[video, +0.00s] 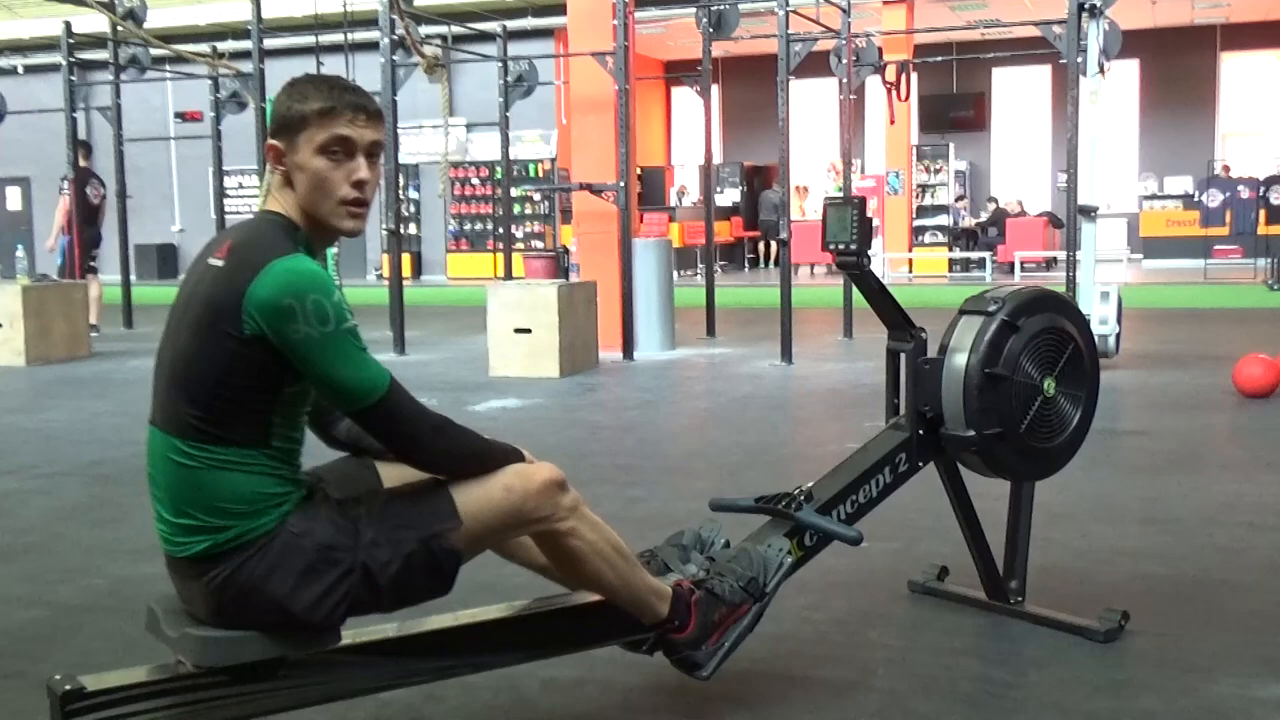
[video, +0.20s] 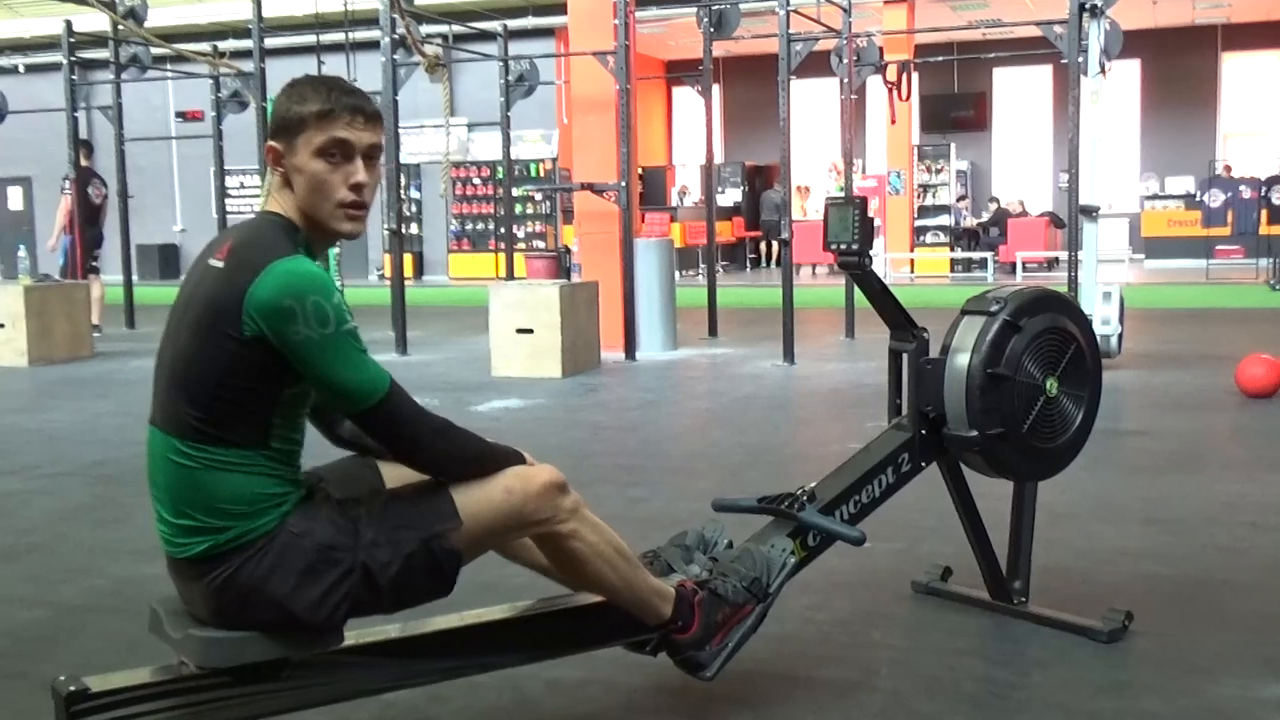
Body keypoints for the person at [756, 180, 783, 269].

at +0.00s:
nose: (777, 188)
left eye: (776, 185)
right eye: (778, 187)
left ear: (772, 185)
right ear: (779, 187)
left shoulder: (763, 194)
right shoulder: (779, 196)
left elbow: (759, 207)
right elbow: (780, 210)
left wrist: (760, 216)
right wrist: (781, 220)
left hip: (762, 219)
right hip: (773, 219)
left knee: (761, 240)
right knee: (773, 241)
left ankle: (761, 261)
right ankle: (771, 262)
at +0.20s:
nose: (779, 188)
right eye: (780, 187)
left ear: (773, 185)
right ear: (780, 187)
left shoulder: (764, 194)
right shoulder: (780, 195)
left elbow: (761, 207)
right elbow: (782, 209)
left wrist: (762, 216)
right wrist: (782, 218)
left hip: (764, 219)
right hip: (774, 219)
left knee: (763, 240)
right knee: (774, 240)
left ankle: (763, 261)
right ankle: (773, 262)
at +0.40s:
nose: (783, 189)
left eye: (782, 186)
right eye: (782, 187)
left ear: (774, 187)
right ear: (780, 188)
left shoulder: (766, 197)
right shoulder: (781, 199)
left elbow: (763, 210)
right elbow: (784, 212)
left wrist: (764, 219)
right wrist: (786, 221)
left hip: (766, 221)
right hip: (777, 222)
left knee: (765, 243)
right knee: (776, 243)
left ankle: (765, 263)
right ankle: (776, 264)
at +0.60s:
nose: (787, 186)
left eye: (787, 184)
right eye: (786, 184)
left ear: (777, 185)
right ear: (783, 185)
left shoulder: (770, 195)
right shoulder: (785, 196)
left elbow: (767, 209)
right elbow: (788, 208)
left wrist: (766, 218)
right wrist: (790, 218)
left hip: (771, 220)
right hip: (781, 220)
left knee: (771, 241)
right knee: (783, 242)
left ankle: (771, 262)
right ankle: (783, 262)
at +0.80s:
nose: (788, 185)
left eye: (787, 183)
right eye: (786, 183)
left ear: (778, 184)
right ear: (782, 184)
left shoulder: (771, 195)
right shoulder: (786, 195)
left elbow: (770, 205)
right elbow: (789, 207)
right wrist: (791, 213)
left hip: (772, 219)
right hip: (783, 219)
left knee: (774, 241)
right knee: (785, 242)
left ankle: (774, 262)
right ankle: (786, 262)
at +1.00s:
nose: (788, 184)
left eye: (788, 182)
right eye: (788, 182)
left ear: (780, 183)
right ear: (786, 183)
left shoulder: (776, 193)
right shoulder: (789, 194)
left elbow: (775, 205)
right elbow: (792, 205)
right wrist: (796, 215)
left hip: (777, 218)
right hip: (787, 218)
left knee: (777, 239)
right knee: (789, 239)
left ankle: (777, 260)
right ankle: (791, 259)